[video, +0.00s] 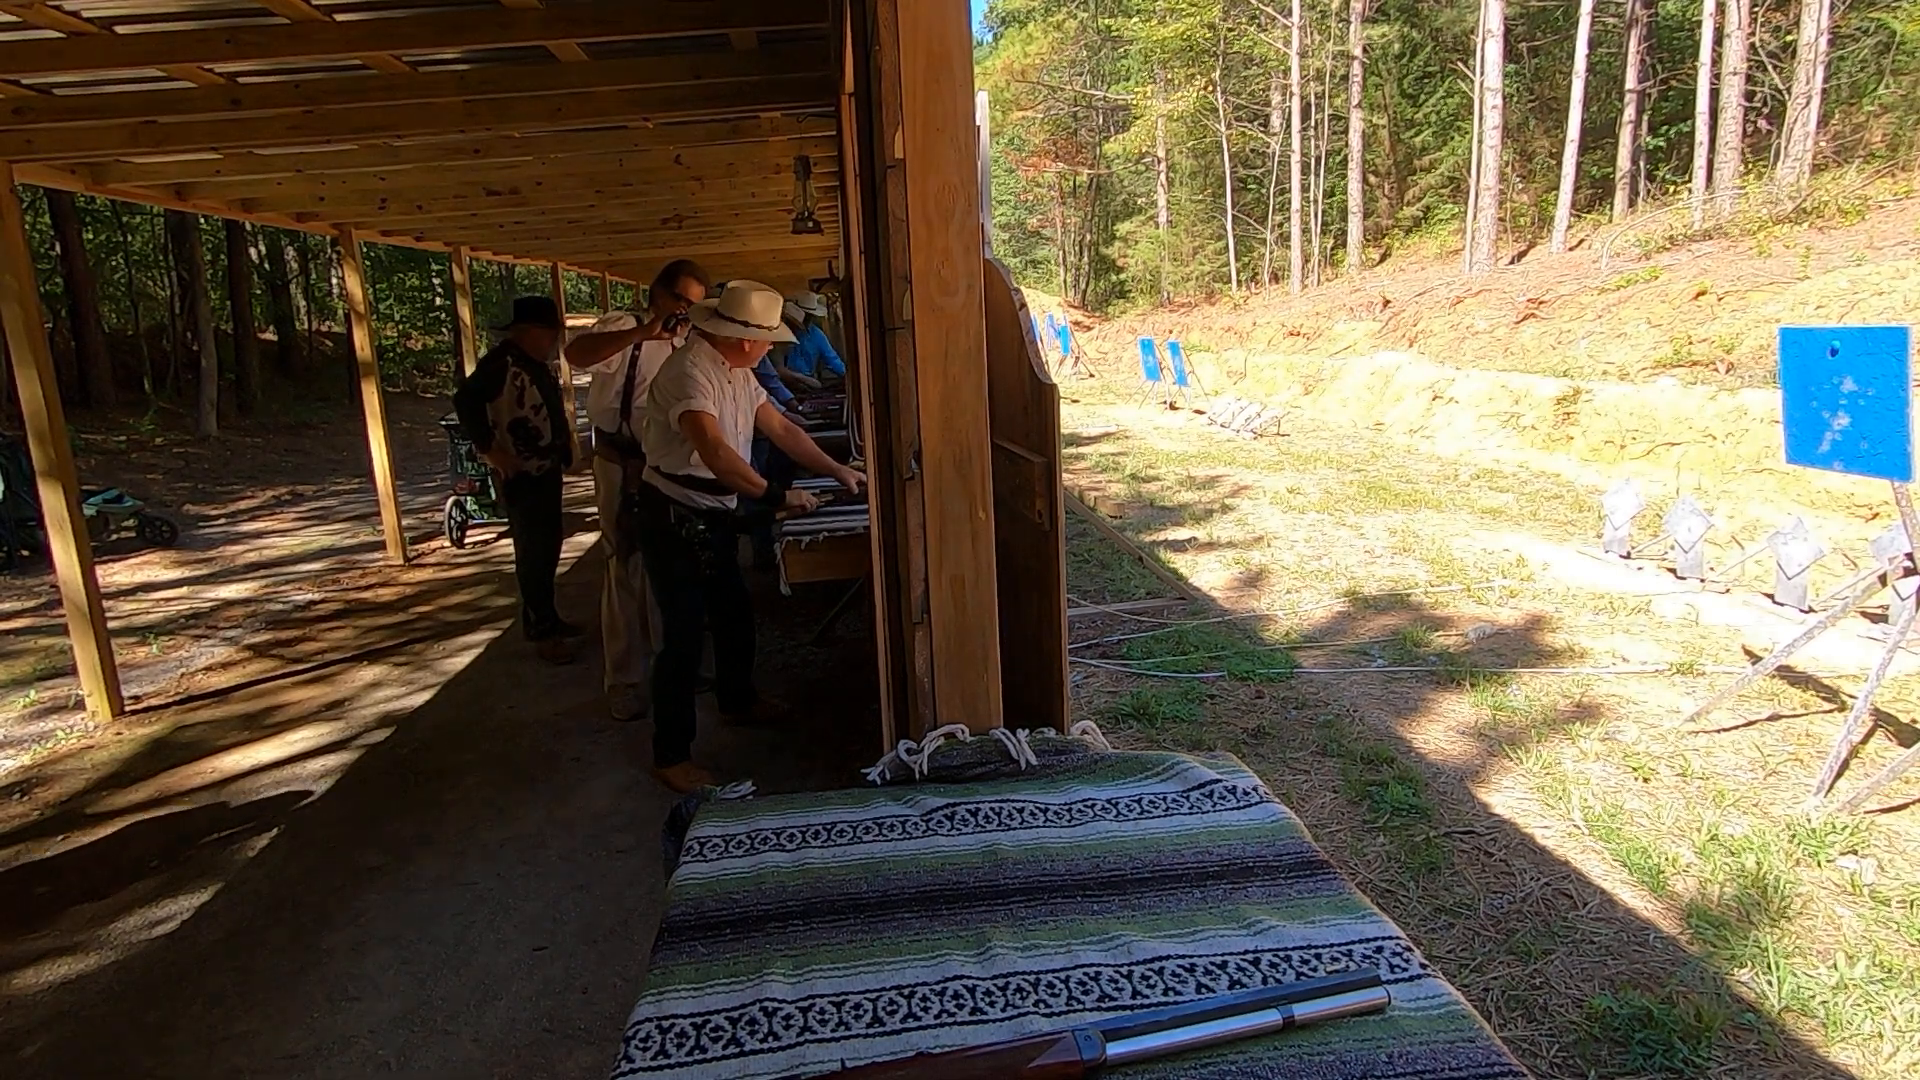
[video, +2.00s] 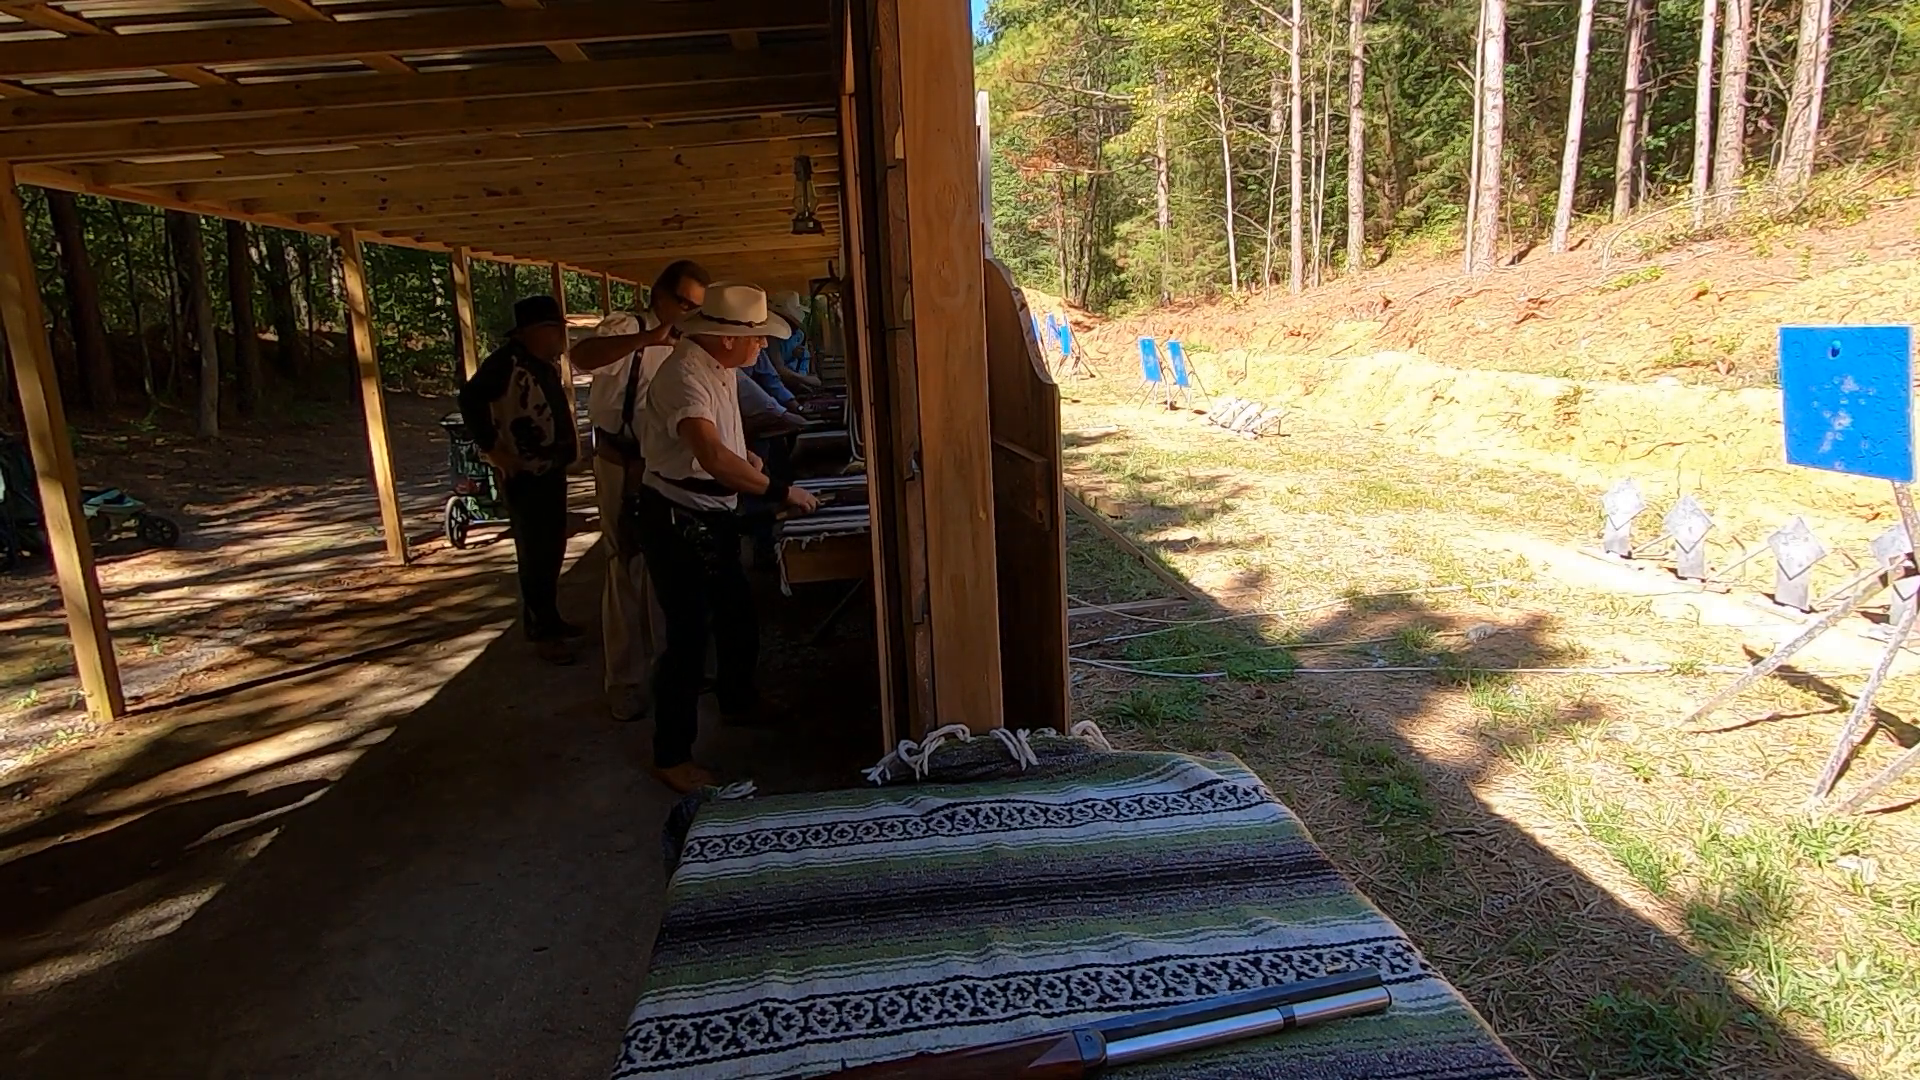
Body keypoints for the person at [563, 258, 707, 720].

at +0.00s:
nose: (684, 310)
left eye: (694, 305)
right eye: (678, 299)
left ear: (702, 307)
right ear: (656, 293)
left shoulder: (695, 346)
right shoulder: (625, 326)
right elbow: (575, 354)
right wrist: (642, 334)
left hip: (674, 463)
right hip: (619, 462)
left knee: (672, 569)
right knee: (624, 572)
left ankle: (676, 669)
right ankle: (624, 682)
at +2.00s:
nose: (686, 312)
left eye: (694, 307)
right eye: (681, 302)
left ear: (698, 309)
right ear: (659, 294)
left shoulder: (690, 346)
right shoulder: (627, 327)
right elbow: (581, 357)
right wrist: (645, 340)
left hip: (669, 463)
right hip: (618, 463)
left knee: (670, 568)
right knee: (626, 571)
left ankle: (673, 671)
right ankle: (624, 683)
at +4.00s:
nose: (690, 315)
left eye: (697, 309)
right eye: (685, 304)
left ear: (698, 311)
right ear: (660, 296)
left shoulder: (688, 344)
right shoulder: (631, 325)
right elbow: (609, 347)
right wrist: (674, 344)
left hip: (667, 463)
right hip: (619, 465)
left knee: (670, 568)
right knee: (626, 572)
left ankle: (672, 671)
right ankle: (623, 683)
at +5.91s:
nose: (667, 312)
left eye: (673, 306)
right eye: (660, 303)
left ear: (677, 307)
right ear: (634, 295)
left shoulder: (671, 343)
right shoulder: (609, 327)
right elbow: (581, 354)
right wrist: (652, 343)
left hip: (659, 466)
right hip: (606, 466)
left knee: (660, 574)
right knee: (601, 575)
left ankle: (665, 667)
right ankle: (578, 684)